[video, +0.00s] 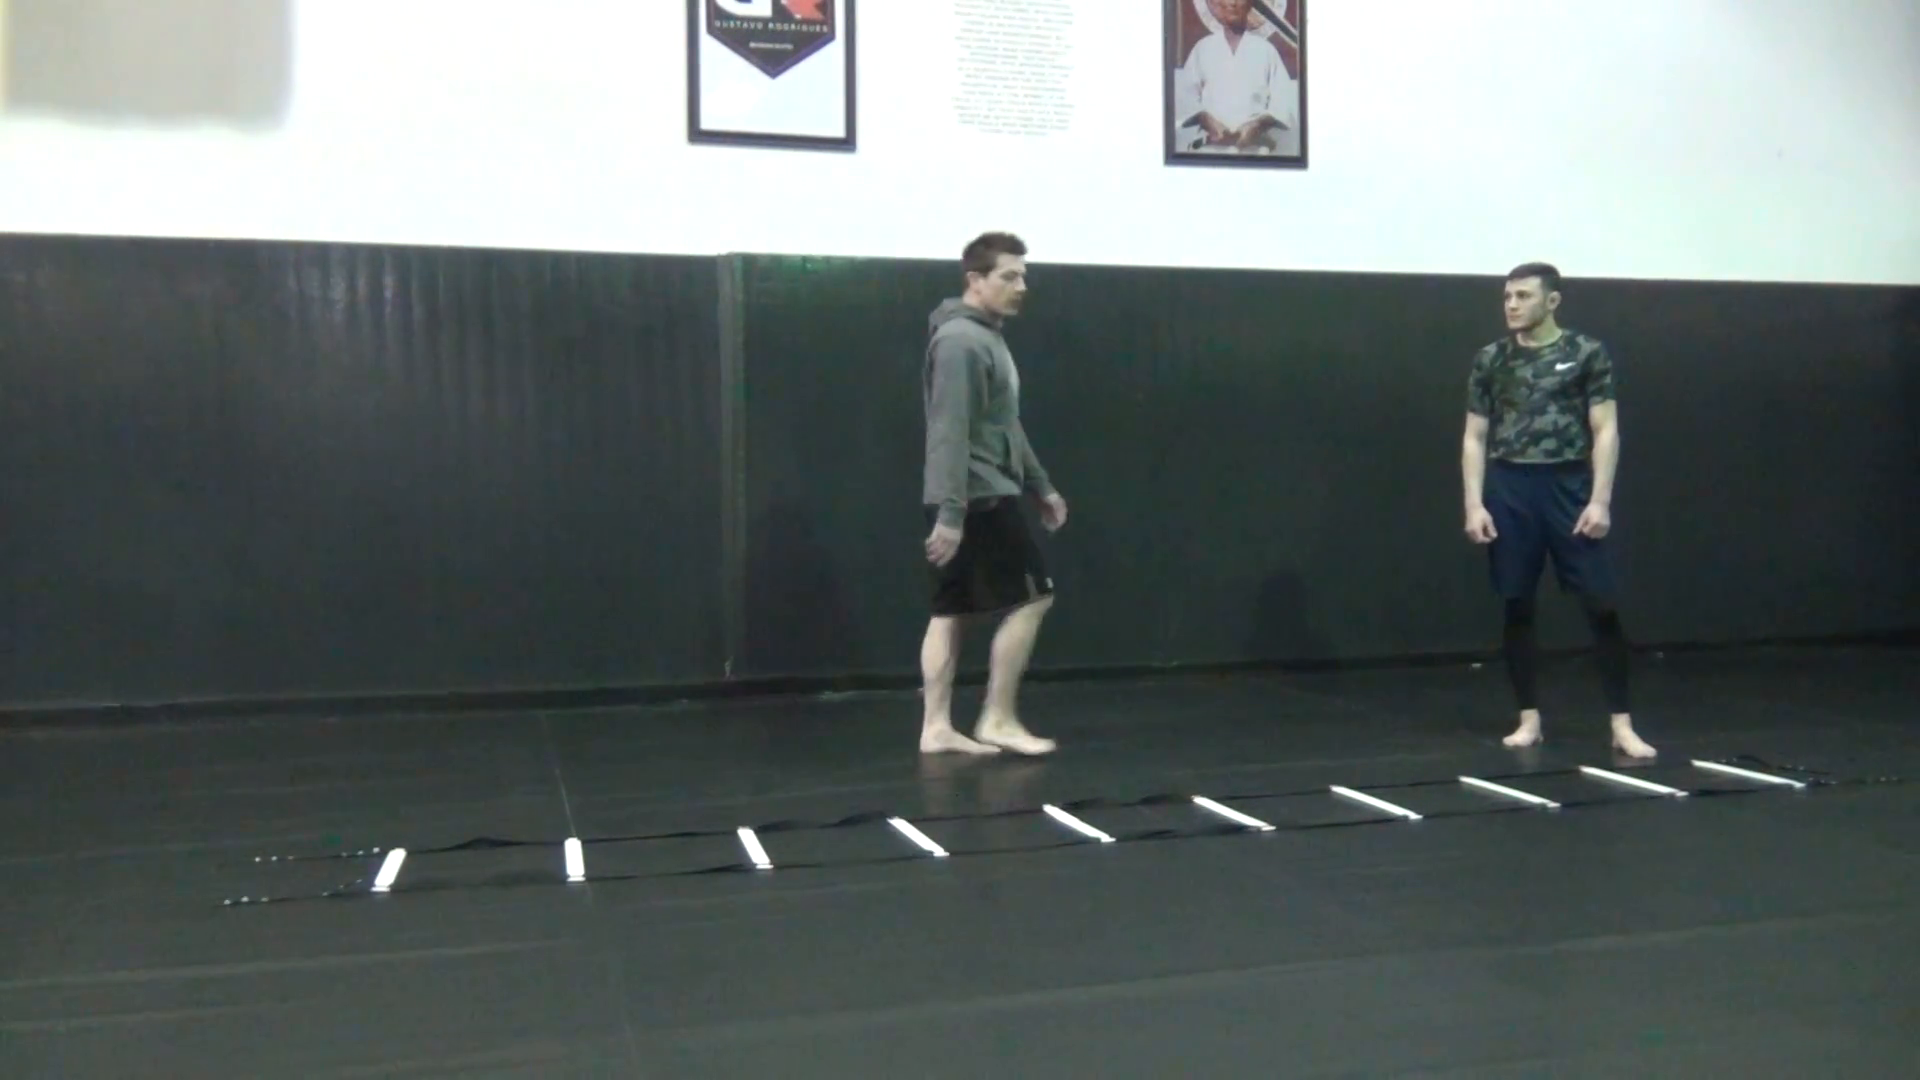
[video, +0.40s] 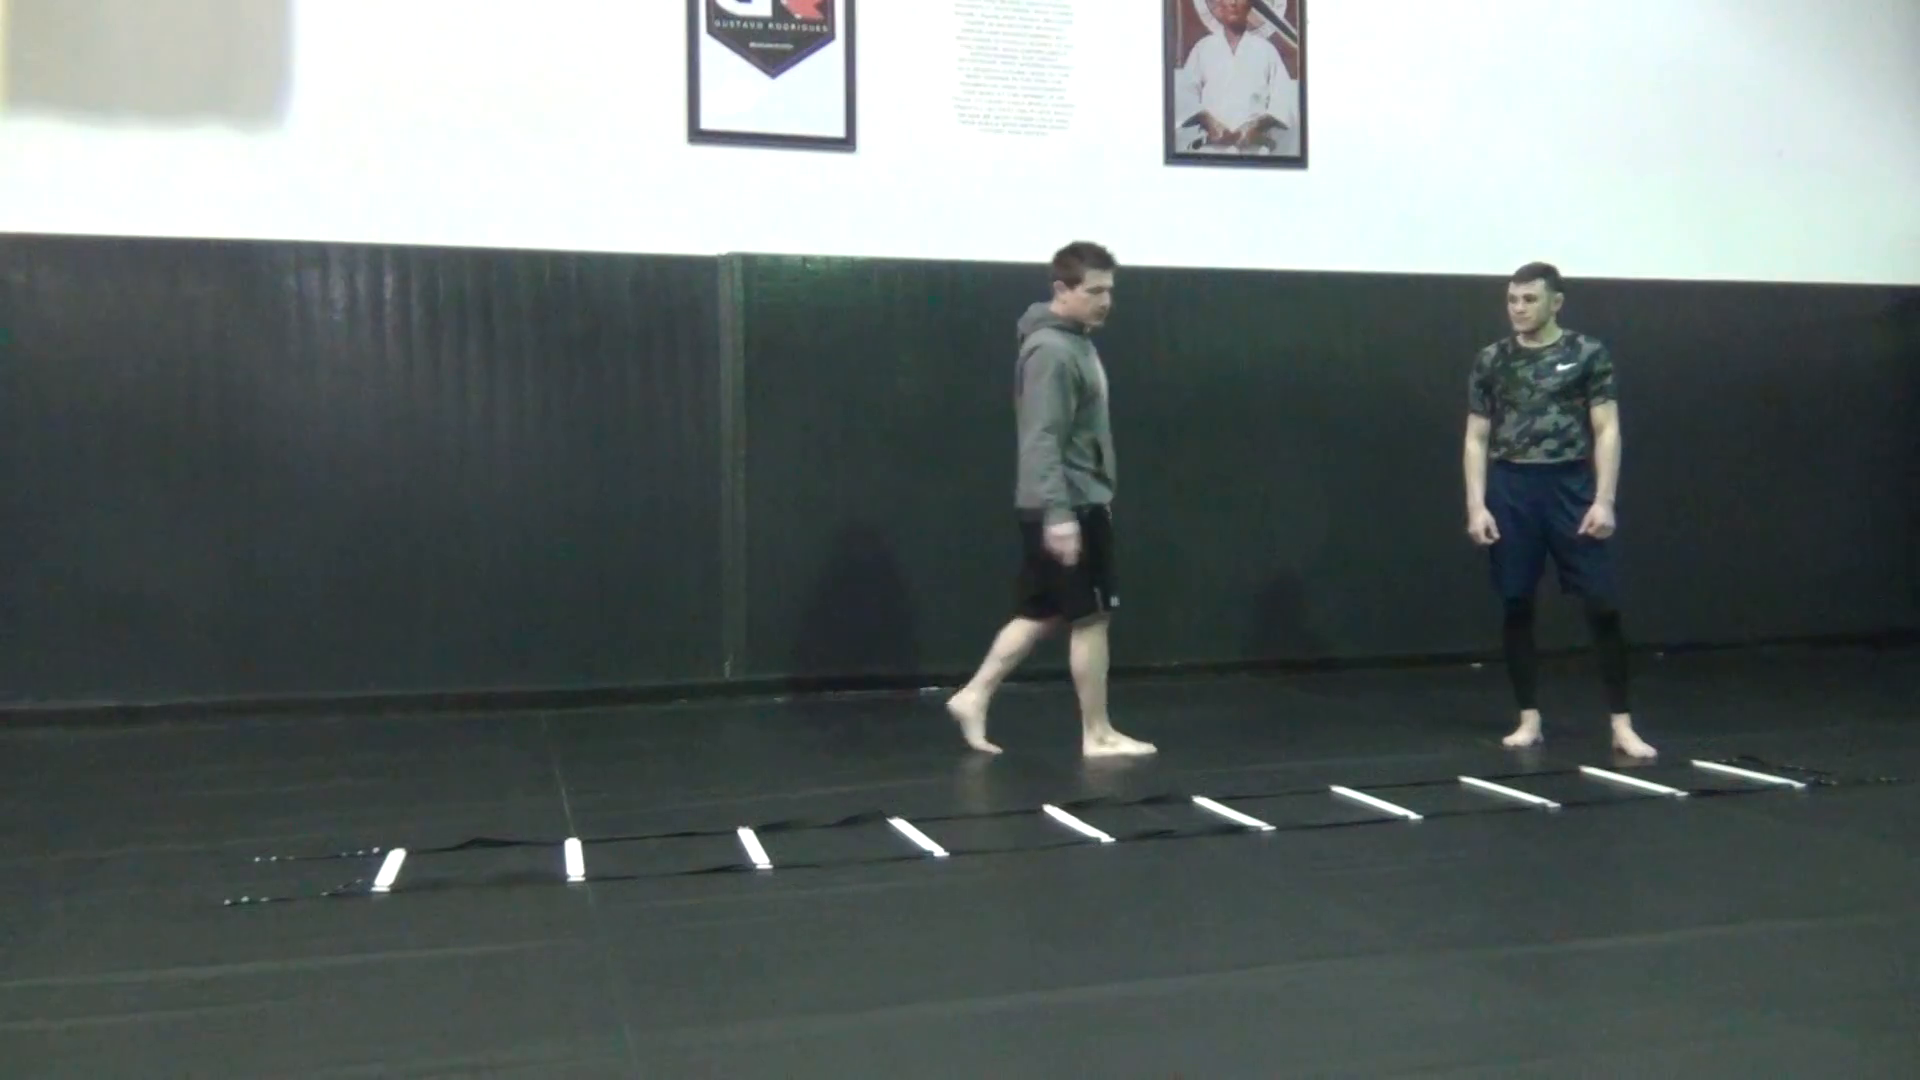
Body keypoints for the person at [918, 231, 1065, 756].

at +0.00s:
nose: (1021, 288)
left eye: (1023, 278)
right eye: (1010, 277)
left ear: (993, 283)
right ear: (975, 280)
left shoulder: (987, 337)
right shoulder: (959, 340)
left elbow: (1006, 427)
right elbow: (949, 429)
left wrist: (1040, 487)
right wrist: (950, 510)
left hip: (977, 496)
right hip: (985, 497)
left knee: (949, 611)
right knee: (1033, 596)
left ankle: (936, 727)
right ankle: (998, 719)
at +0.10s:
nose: (1037, 293)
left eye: (1040, 283)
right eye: (1026, 282)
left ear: (1041, 286)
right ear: (992, 283)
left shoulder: (1010, 342)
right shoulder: (976, 344)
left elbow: (1029, 429)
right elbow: (949, 426)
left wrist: (1067, 485)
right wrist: (938, 507)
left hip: (982, 504)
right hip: (998, 504)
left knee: (956, 615)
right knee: (1039, 610)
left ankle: (937, 727)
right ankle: (1064, 728)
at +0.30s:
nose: (1077, 301)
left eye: (1083, 292)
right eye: (1068, 291)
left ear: (1083, 294)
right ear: (1036, 289)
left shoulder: (1055, 347)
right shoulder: (1023, 351)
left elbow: (1068, 437)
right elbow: (1000, 435)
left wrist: (1092, 496)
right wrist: (997, 511)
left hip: (1046, 506)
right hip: (1047, 509)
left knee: (999, 614)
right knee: (1073, 619)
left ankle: (946, 715)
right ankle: (1096, 733)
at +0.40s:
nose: (1106, 302)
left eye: (1109, 291)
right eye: (1096, 291)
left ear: (1074, 293)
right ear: (1063, 291)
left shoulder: (1073, 342)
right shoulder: (1050, 351)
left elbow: (1069, 433)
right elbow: (1041, 439)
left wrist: (1092, 497)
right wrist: (1057, 513)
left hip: (1069, 500)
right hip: (1072, 504)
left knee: (1039, 613)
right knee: (1092, 617)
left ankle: (972, 698)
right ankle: (1098, 735)